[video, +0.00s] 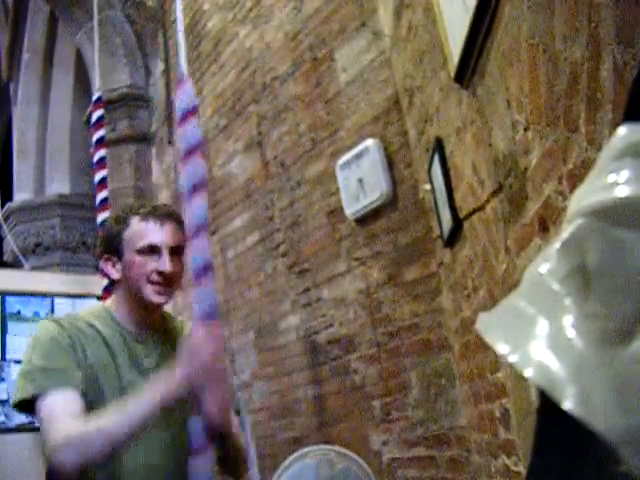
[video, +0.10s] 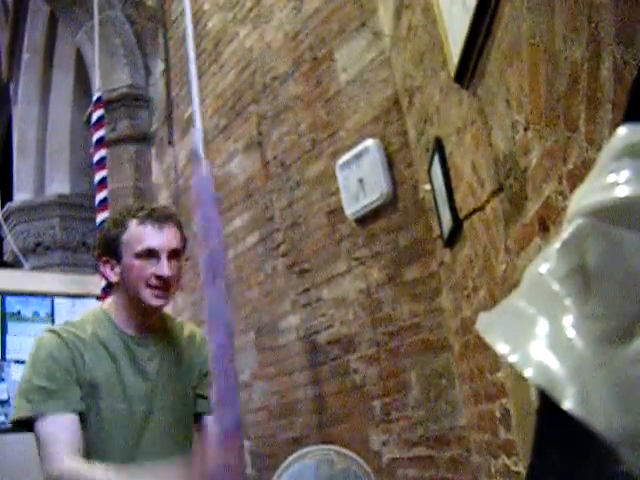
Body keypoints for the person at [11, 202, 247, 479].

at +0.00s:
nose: (167, 267)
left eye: (175, 253)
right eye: (149, 252)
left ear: (184, 262)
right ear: (113, 266)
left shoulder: (190, 340)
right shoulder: (61, 337)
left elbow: (239, 467)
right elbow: (65, 452)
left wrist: (221, 423)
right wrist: (180, 375)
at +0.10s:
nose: (165, 272)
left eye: (174, 257)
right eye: (148, 256)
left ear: (183, 264)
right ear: (110, 268)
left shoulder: (195, 346)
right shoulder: (62, 348)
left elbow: (214, 459)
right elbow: (62, 466)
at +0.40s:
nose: (158, 270)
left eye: (167, 255)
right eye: (141, 255)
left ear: (176, 262)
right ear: (105, 268)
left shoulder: (196, 348)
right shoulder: (68, 360)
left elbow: (220, 456)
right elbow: (90, 475)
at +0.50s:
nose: (157, 268)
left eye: (165, 253)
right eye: (139, 254)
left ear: (174, 261)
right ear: (104, 268)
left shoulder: (198, 349)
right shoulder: (69, 358)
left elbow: (222, 456)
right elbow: (92, 475)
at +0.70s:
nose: (156, 265)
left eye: (164, 251)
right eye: (139, 251)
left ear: (174, 262)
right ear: (105, 268)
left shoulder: (200, 350)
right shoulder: (73, 354)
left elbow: (232, 457)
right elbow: (85, 471)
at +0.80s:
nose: (158, 263)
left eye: (166, 250)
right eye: (141, 250)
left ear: (175, 260)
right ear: (109, 268)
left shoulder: (203, 350)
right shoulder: (74, 352)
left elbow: (241, 456)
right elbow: (73, 468)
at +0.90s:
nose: (160, 262)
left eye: (169, 250)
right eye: (145, 249)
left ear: (178, 262)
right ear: (113, 268)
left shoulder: (204, 350)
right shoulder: (76, 346)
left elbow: (251, 453)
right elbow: (60, 461)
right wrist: (152, 474)